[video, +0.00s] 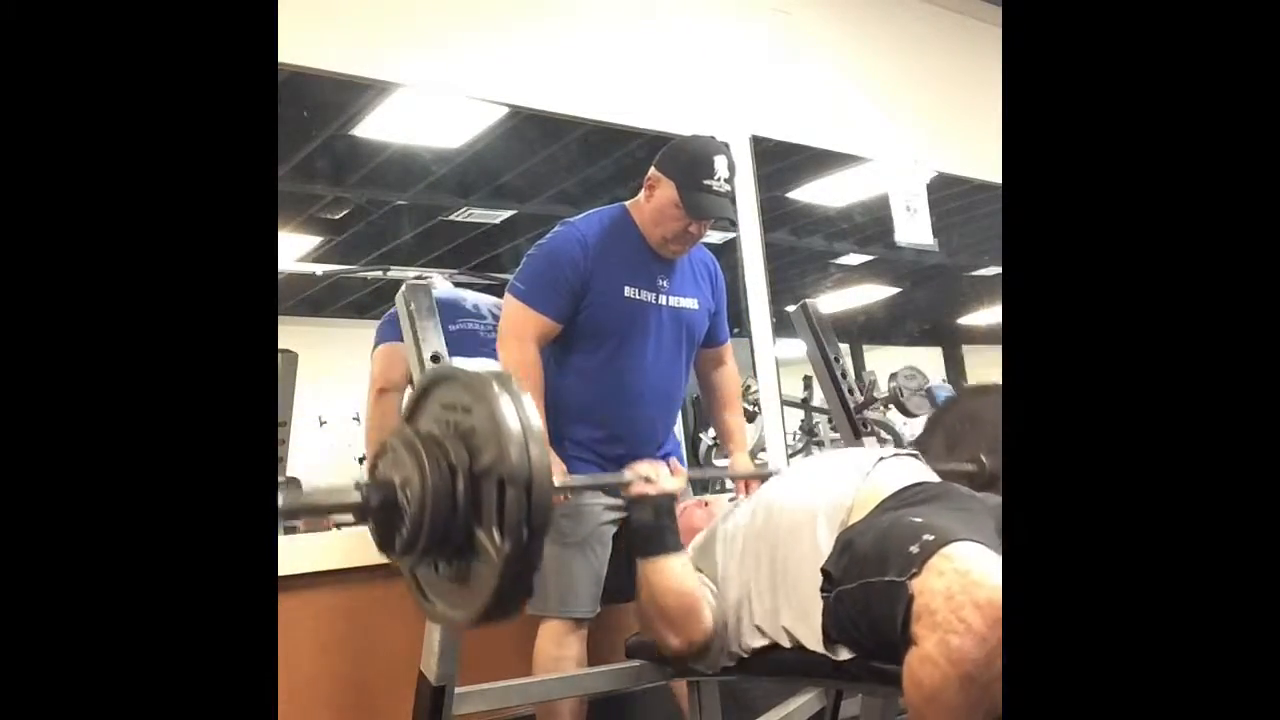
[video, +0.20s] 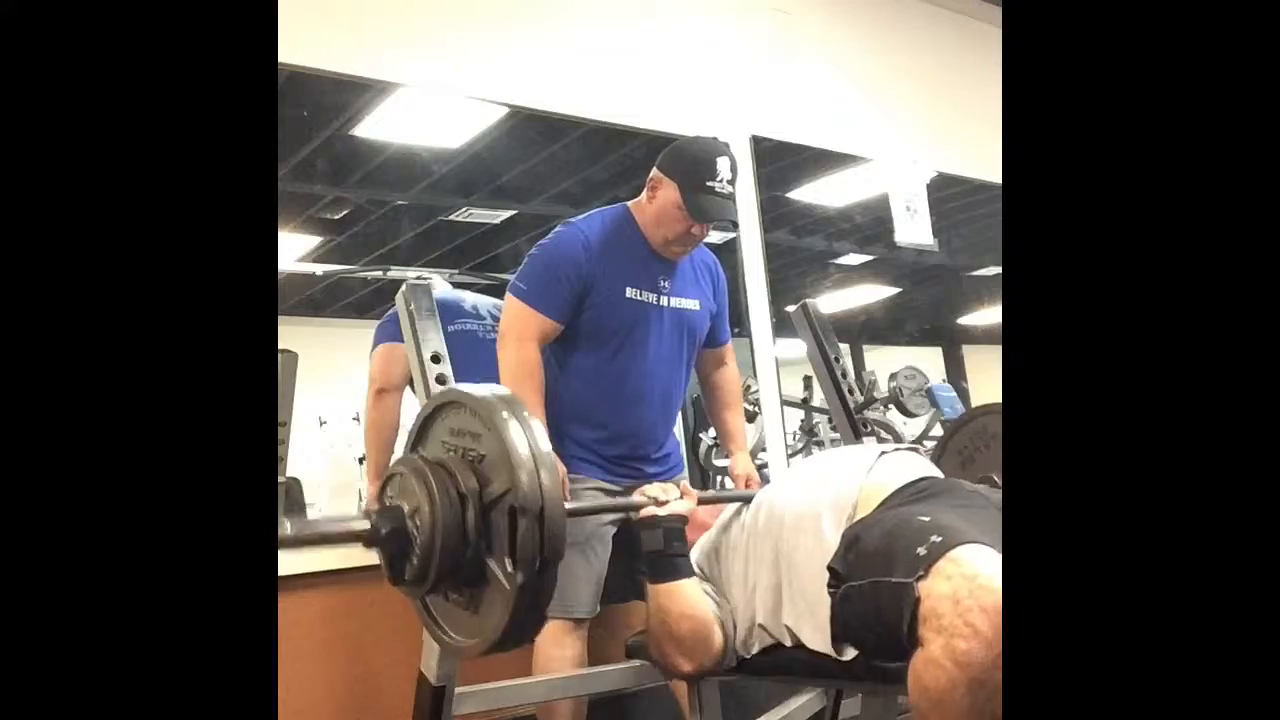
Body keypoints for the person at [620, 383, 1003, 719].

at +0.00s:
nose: (694, 500)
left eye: (694, 496)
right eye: (679, 508)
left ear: (713, 498)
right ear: (674, 540)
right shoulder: (694, 573)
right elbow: (682, 639)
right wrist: (650, 514)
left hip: (946, 491)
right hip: (873, 525)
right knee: (980, 612)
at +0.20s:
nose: (693, 493)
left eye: (691, 490)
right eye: (679, 500)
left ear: (710, 495)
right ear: (680, 538)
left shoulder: (772, 500)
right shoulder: (702, 577)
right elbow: (686, 660)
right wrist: (660, 534)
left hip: (956, 490)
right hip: (875, 524)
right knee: (981, 601)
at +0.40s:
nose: (685, 512)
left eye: (685, 508)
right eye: (675, 523)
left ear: (702, 506)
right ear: (672, 543)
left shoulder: (766, 500)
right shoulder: (701, 596)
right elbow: (667, 610)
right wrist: (644, 488)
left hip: (944, 495)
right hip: (868, 532)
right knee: (978, 601)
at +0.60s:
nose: (681, 511)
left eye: (678, 505)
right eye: (666, 517)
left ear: (693, 504)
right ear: (651, 550)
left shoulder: (772, 510)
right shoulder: (687, 595)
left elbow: (894, 483)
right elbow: (652, 545)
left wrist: (874, 428)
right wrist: (630, 423)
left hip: (943, 496)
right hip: (861, 532)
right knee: (978, 603)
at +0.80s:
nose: (679, 506)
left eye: (676, 501)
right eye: (660, 514)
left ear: (693, 502)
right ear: (649, 555)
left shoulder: (766, 505)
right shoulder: (690, 603)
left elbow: (898, 488)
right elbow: (656, 551)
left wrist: (879, 434)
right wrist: (632, 442)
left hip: (945, 498)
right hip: (862, 533)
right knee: (974, 588)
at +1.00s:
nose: (688, 502)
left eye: (690, 497)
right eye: (674, 506)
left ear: (708, 503)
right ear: (667, 540)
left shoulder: (755, 510)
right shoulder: (691, 580)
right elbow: (675, 635)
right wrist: (645, 512)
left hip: (941, 492)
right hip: (866, 531)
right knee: (979, 601)